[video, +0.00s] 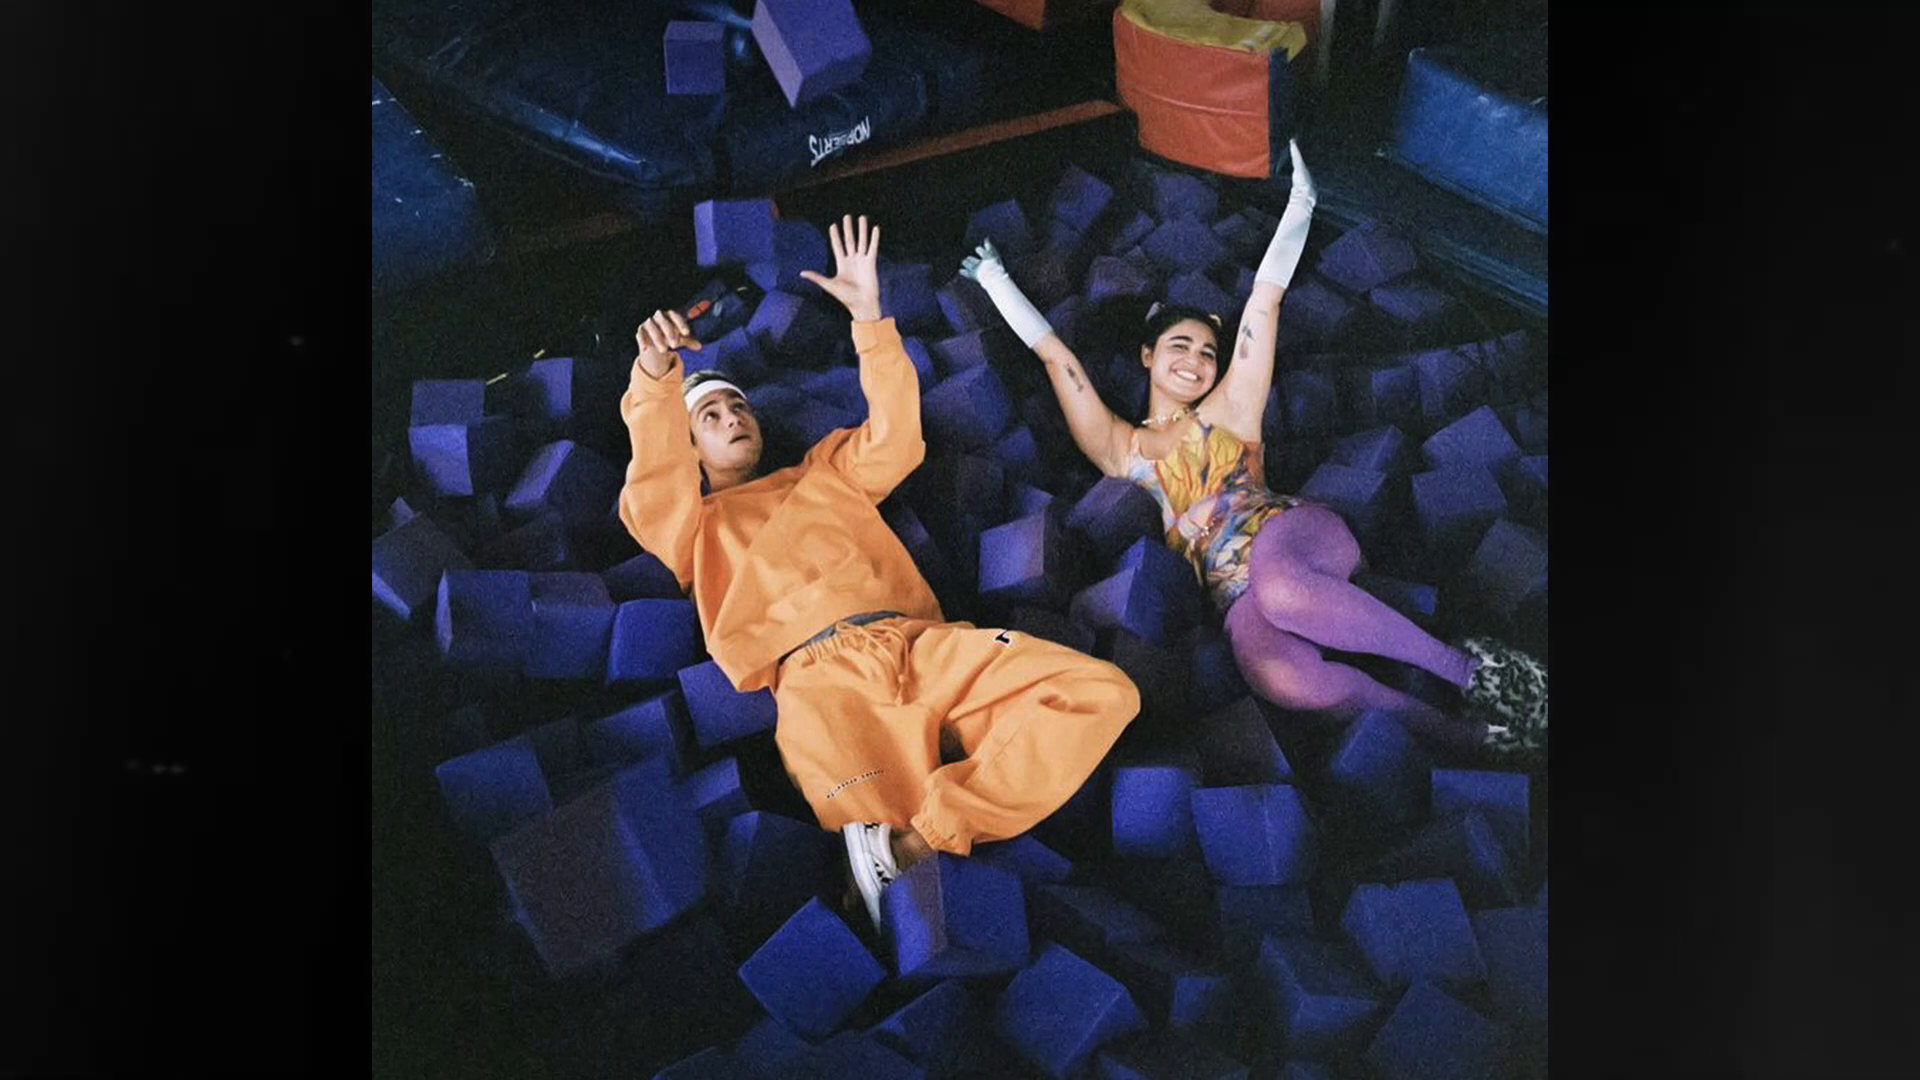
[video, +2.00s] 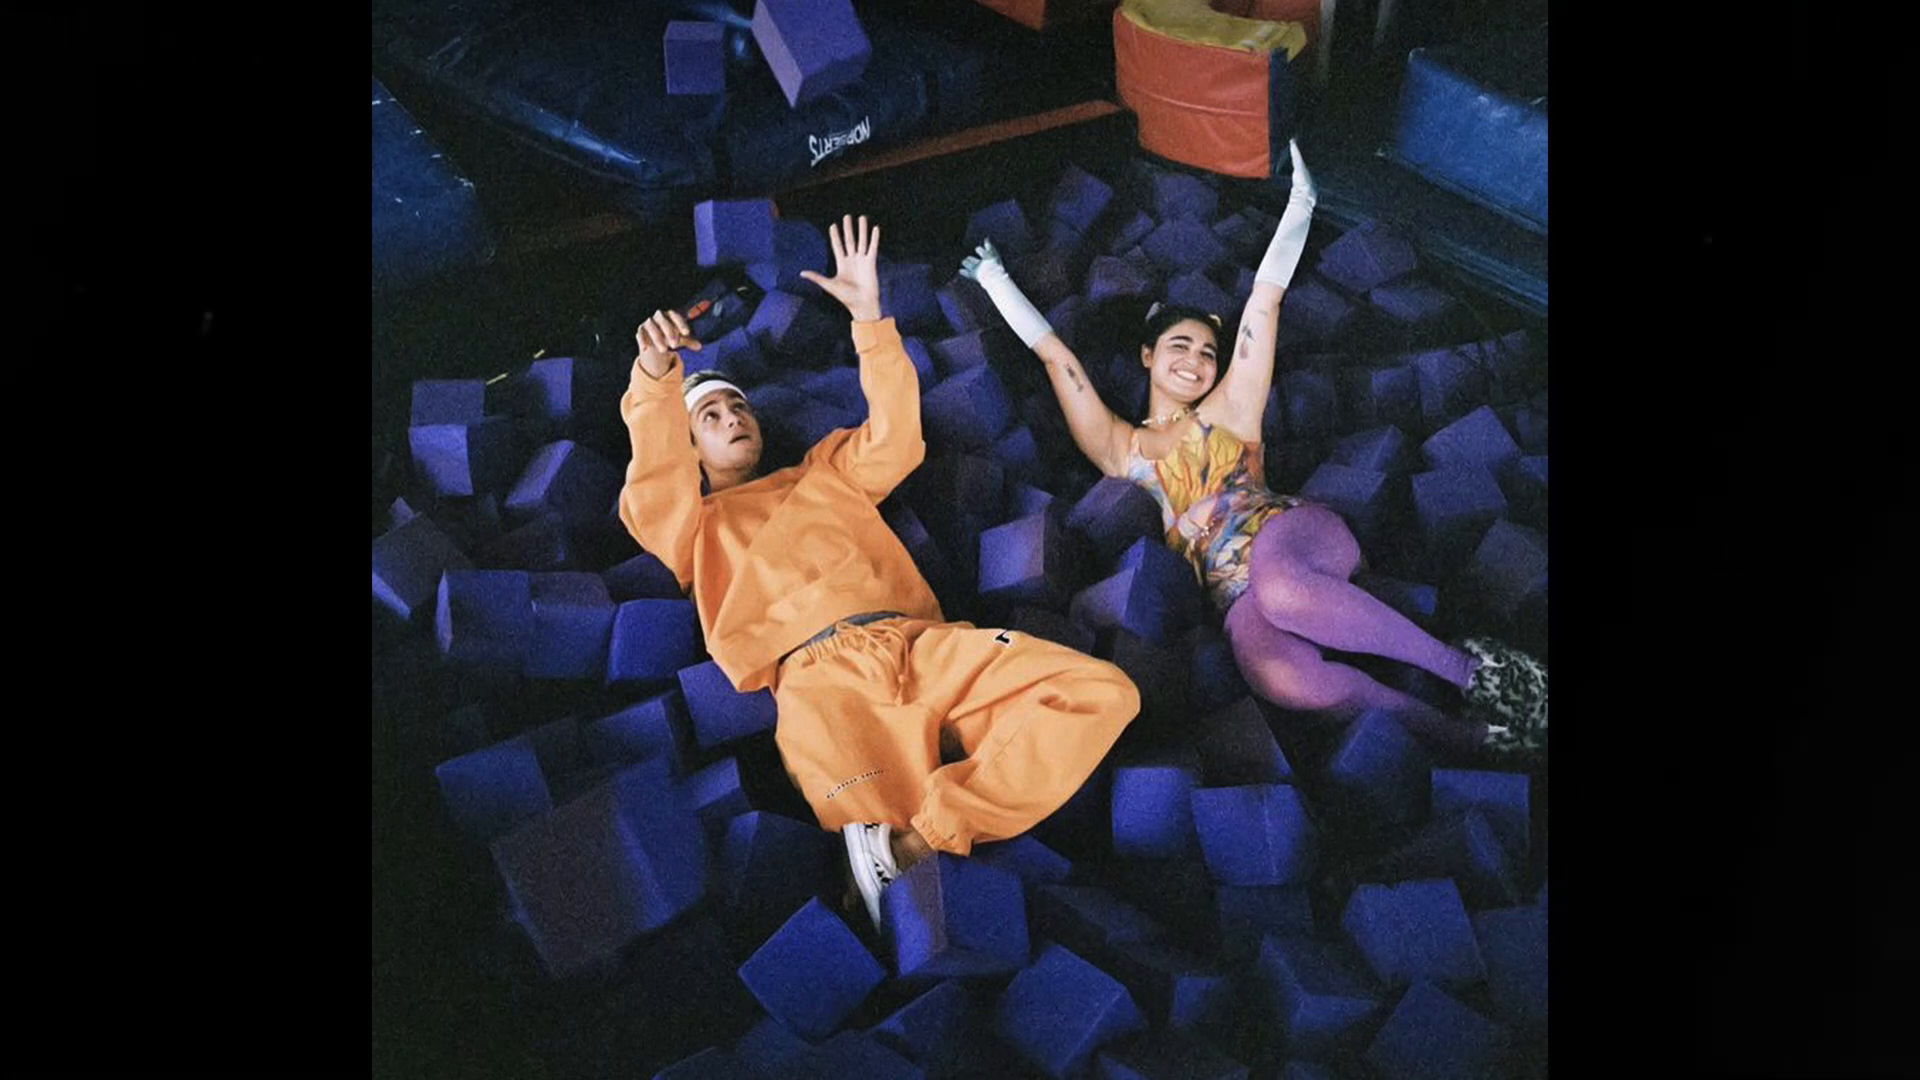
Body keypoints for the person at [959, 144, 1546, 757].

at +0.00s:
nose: (1191, 360)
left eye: (1205, 353)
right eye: (1177, 346)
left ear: (1216, 370)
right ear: (1145, 358)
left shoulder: (1231, 410)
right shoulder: (1123, 449)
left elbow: (1264, 303)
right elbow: (1057, 359)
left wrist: (1298, 209)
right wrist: (993, 278)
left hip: (1291, 533)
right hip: (1240, 599)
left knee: (1276, 592)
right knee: (1286, 680)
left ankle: (1472, 670)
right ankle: (1461, 732)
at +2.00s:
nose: (1191, 360)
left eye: (1205, 354)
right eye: (1177, 346)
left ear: (1216, 371)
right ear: (1145, 357)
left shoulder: (1230, 411)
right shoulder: (1122, 448)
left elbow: (1264, 306)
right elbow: (1057, 359)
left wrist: (1298, 209)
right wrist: (991, 278)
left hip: (1287, 531)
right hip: (1238, 596)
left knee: (1278, 593)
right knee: (1287, 680)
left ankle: (1471, 671)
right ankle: (1463, 735)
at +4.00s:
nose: (1191, 360)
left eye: (1205, 354)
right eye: (1177, 346)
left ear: (1216, 371)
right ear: (1145, 357)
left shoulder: (1230, 411)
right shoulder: (1122, 448)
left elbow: (1264, 306)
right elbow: (1057, 359)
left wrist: (1298, 209)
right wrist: (992, 278)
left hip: (1288, 531)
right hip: (1238, 596)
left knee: (1278, 592)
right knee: (1287, 680)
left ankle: (1471, 671)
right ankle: (1463, 736)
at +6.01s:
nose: (1192, 361)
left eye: (1205, 354)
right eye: (1178, 347)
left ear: (1215, 369)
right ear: (1145, 358)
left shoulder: (1230, 412)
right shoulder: (1123, 448)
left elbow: (1264, 305)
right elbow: (1057, 358)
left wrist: (1298, 209)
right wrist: (991, 277)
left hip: (1288, 532)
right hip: (1239, 598)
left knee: (1278, 592)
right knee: (1286, 680)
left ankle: (1470, 671)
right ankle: (1464, 735)